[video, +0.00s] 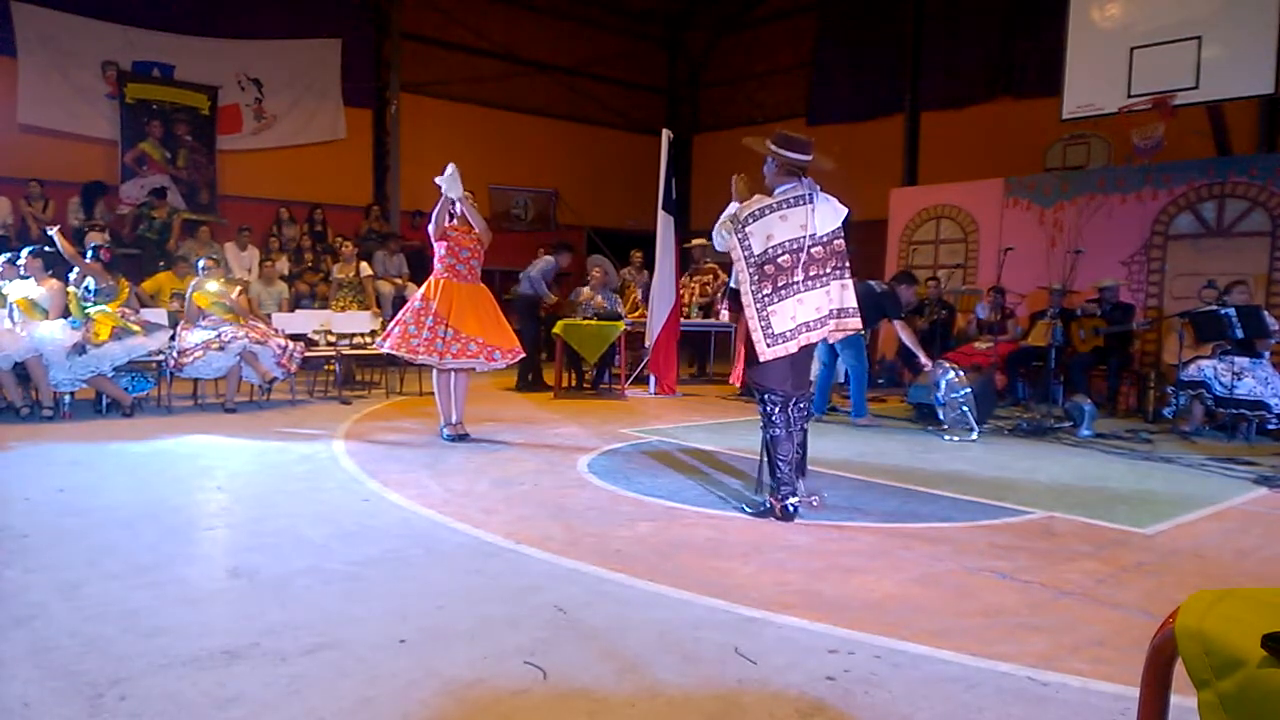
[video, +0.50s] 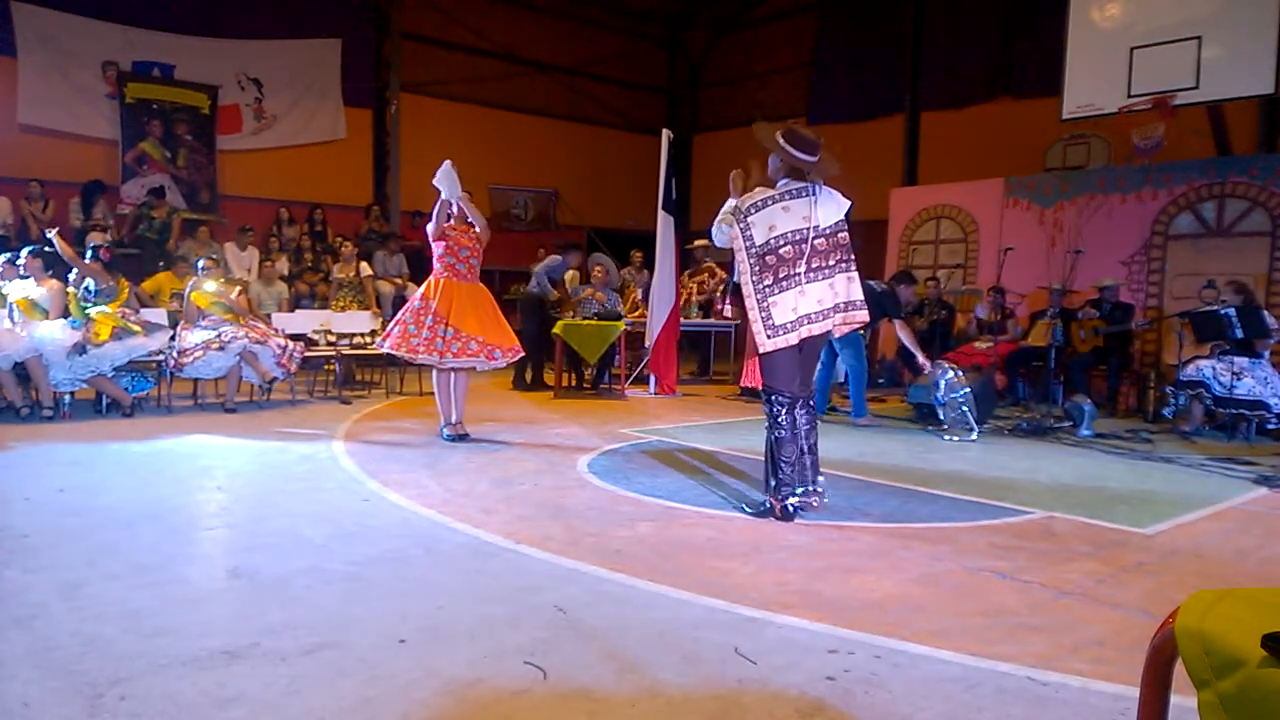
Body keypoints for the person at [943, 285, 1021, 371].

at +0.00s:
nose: (992, 300)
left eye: (996, 297)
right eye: (990, 296)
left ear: (1002, 299)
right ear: (986, 298)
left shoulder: (1008, 314)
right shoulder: (981, 313)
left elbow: (1012, 335)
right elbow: (973, 334)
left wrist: (994, 339)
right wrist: (971, 324)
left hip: (1002, 344)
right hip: (983, 343)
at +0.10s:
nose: (991, 299)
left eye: (995, 297)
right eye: (989, 296)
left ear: (1001, 300)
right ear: (986, 298)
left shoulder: (1008, 313)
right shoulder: (979, 313)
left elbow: (1012, 335)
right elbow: (972, 335)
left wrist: (994, 339)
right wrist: (971, 324)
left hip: (1002, 344)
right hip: (982, 344)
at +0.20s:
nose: (992, 300)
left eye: (996, 297)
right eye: (989, 296)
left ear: (1002, 300)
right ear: (985, 298)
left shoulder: (1008, 314)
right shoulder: (980, 313)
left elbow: (1012, 335)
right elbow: (973, 335)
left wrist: (994, 339)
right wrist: (971, 324)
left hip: (1002, 344)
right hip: (983, 344)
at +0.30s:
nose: (992, 300)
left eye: (995, 297)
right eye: (989, 296)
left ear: (1002, 299)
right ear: (986, 298)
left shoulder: (1008, 313)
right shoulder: (981, 313)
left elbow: (1012, 335)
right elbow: (973, 335)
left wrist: (994, 339)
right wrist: (971, 323)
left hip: (1002, 343)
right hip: (983, 343)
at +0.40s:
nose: (992, 300)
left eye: (995, 297)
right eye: (989, 296)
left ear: (1002, 300)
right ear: (985, 297)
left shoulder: (1008, 314)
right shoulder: (980, 313)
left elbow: (1012, 335)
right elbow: (972, 335)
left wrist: (994, 339)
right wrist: (970, 324)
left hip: (1003, 343)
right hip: (983, 343)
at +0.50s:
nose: (992, 300)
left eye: (996, 297)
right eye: (989, 296)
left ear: (1002, 300)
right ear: (986, 298)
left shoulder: (1008, 313)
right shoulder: (980, 312)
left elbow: (1013, 335)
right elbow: (972, 334)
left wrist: (994, 339)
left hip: (1002, 343)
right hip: (983, 343)